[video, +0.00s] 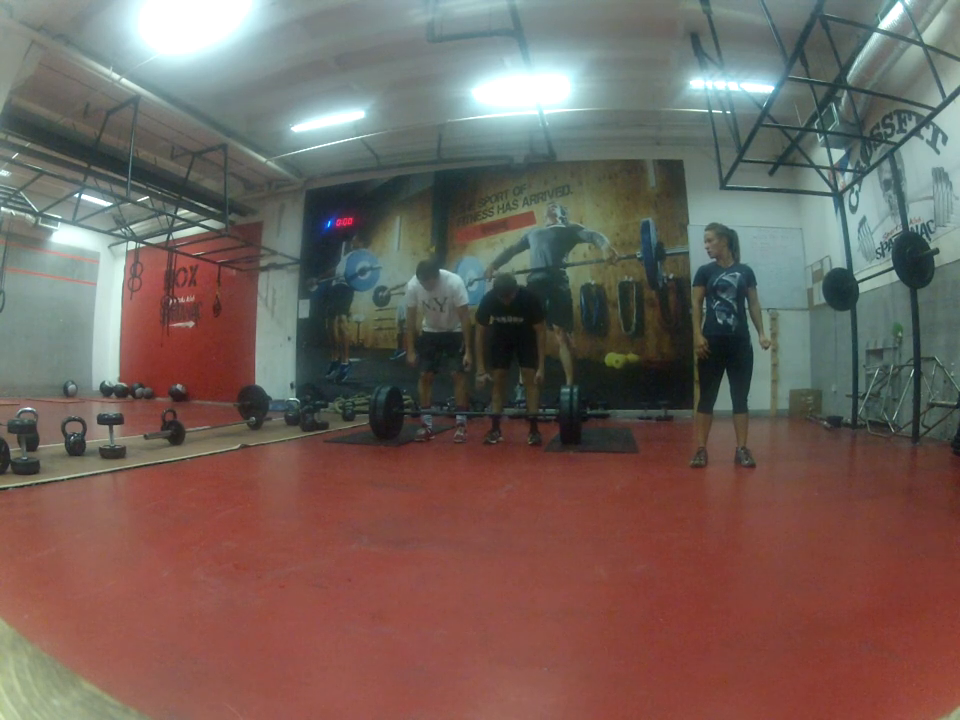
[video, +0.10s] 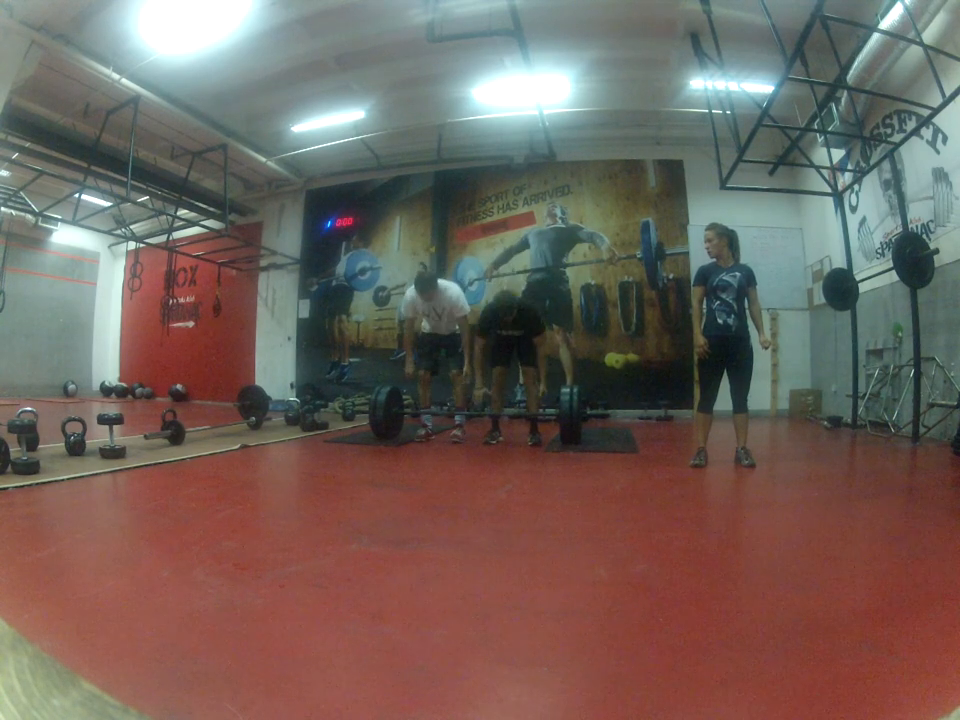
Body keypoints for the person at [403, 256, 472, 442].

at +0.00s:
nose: (428, 287)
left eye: (431, 283)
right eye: (424, 283)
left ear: (437, 276)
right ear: (419, 278)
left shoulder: (454, 282)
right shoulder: (413, 286)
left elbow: (465, 318)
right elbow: (410, 320)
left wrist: (467, 351)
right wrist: (410, 350)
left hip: (454, 332)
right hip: (429, 332)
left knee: (458, 375)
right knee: (425, 376)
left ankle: (461, 424)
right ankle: (426, 425)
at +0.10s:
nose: (427, 299)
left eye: (430, 295)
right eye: (423, 296)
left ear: (436, 287)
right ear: (417, 290)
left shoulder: (453, 293)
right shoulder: (412, 295)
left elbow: (464, 327)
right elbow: (409, 328)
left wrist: (467, 362)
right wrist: (408, 360)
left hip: (452, 333)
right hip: (428, 333)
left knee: (456, 374)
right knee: (423, 375)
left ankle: (459, 425)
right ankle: (426, 425)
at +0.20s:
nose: (427, 318)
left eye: (429, 314)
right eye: (423, 315)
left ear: (435, 308)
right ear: (417, 310)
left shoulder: (452, 312)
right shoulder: (410, 315)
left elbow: (463, 346)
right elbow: (407, 349)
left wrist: (467, 384)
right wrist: (407, 383)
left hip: (452, 340)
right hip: (427, 341)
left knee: (454, 374)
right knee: (422, 376)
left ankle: (459, 426)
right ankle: (426, 426)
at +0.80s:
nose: (429, 299)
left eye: (432, 295)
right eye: (425, 295)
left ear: (438, 291)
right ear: (420, 292)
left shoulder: (453, 303)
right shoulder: (412, 305)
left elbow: (460, 339)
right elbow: (409, 341)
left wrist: (466, 372)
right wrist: (407, 373)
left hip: (450, 336)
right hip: (426, 337)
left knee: (456, 376)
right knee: (423, 376)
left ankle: (458, 426)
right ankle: (427, 425)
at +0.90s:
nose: (429, 272)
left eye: (432, 267)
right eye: (425, 268)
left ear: (438, 265)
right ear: (420, 266)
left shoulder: (454, 284)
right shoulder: (413, 286)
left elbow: (460, 321)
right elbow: (410, 322)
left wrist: (464, 351)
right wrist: (406, 353)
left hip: (451, 329)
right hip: (427, 329)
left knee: (458, 374)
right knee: (425, 377)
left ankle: (459, 425)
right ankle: (427, 426)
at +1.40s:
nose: (433, 289)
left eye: (436, 284)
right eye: (429, 285)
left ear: (442, 283)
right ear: (424, 285)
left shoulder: (458, 299)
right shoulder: (416, 303)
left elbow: (461, 334)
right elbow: (409, 338)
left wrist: (463, 366)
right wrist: (404, 370)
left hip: (456, 336)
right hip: (432, 336)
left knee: (454, 373)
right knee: (423, 374)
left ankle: (456, 426)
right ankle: (426, 425)